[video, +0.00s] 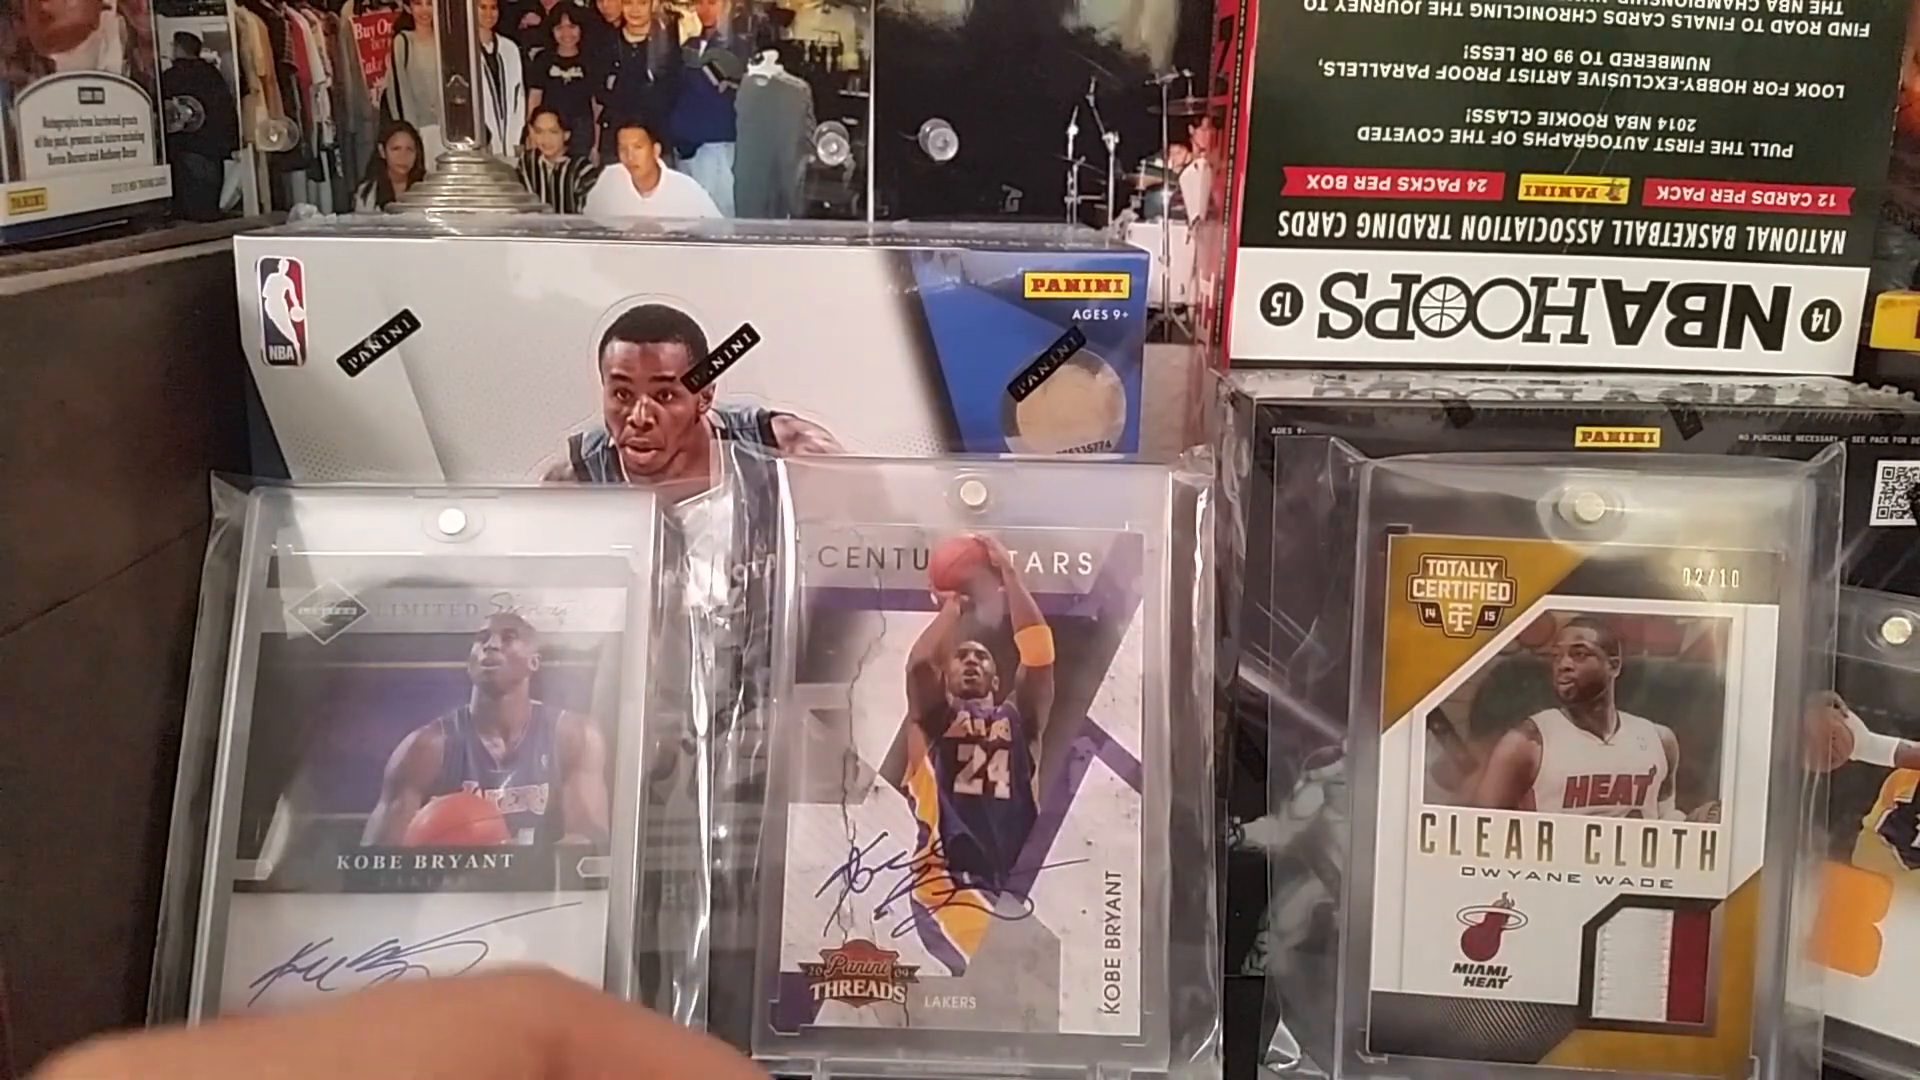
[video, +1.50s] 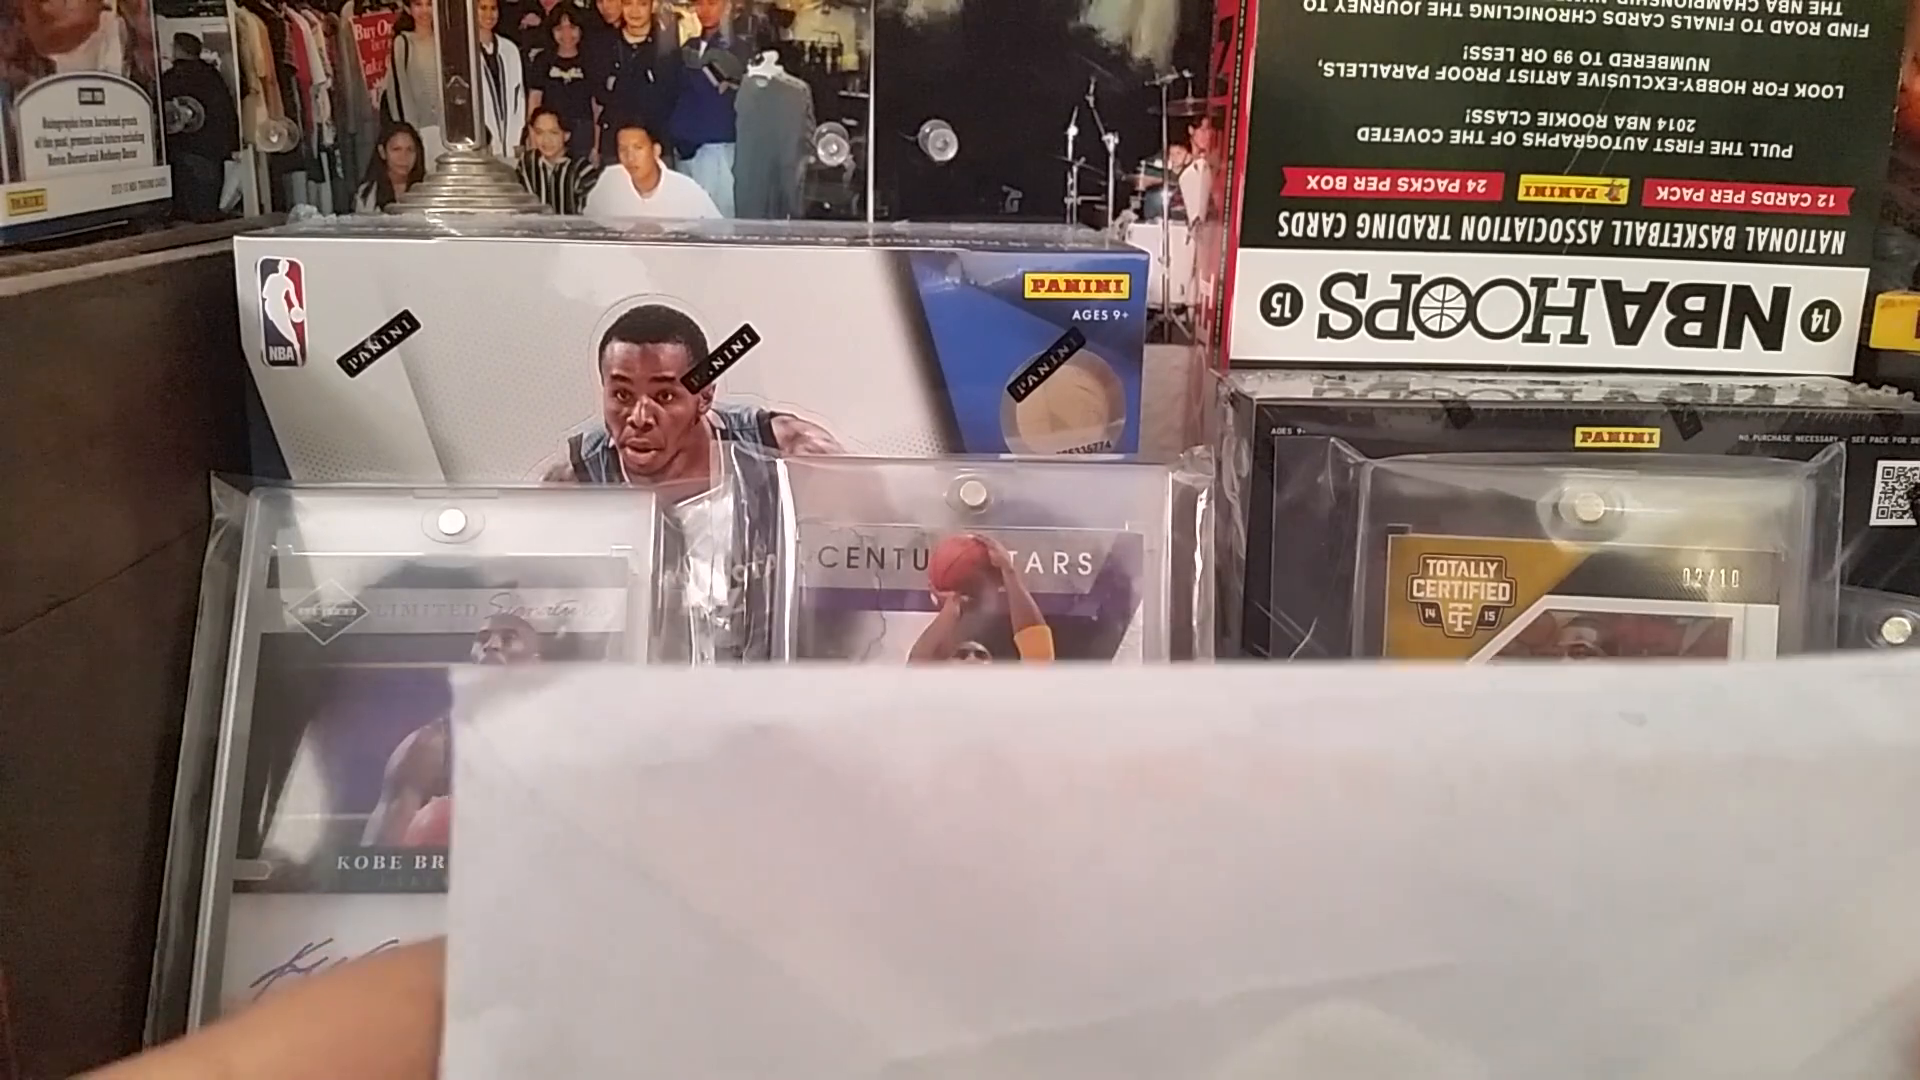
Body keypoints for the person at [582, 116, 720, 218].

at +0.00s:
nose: (630, 157)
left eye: (638, 148)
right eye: (623, 150)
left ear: (656, 151)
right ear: (618, 154)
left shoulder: (685, 188)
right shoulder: (610, 178)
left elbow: (719, 231)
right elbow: (587, 224)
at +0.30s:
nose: (630, 158)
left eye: (638, 148)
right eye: (624, 150)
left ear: (656, 151)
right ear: (618, 154)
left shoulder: (685, 188)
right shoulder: (610, 179)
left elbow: (719, 232)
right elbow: (586, 225)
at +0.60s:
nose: (630, 158)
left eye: (638, 148)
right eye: (624, 150)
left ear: (656, 151)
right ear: (618, 154)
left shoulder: (686, 189)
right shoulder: (609, 179)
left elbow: (720, 233)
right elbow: (587, 227)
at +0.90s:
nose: (630, 158)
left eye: (638, 148)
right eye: (624, 150)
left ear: (656, 151)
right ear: (618, 153)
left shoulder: (686, 188)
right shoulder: (610, 179)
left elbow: (719, 233)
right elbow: (587, 226)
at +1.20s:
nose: (630, 158)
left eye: (638, 149)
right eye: (624, 150)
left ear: (656, 151)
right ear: (618, 154)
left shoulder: (686, 189)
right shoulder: (610, 179)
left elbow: (720, 233)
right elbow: (587, 225)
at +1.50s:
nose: (630, 157)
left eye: (638, 148)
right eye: (624, 150)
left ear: (656, 151)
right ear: (618, 154)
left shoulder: (686, 189)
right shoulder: (610, 179)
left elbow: (720, 232)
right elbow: (587, 225)